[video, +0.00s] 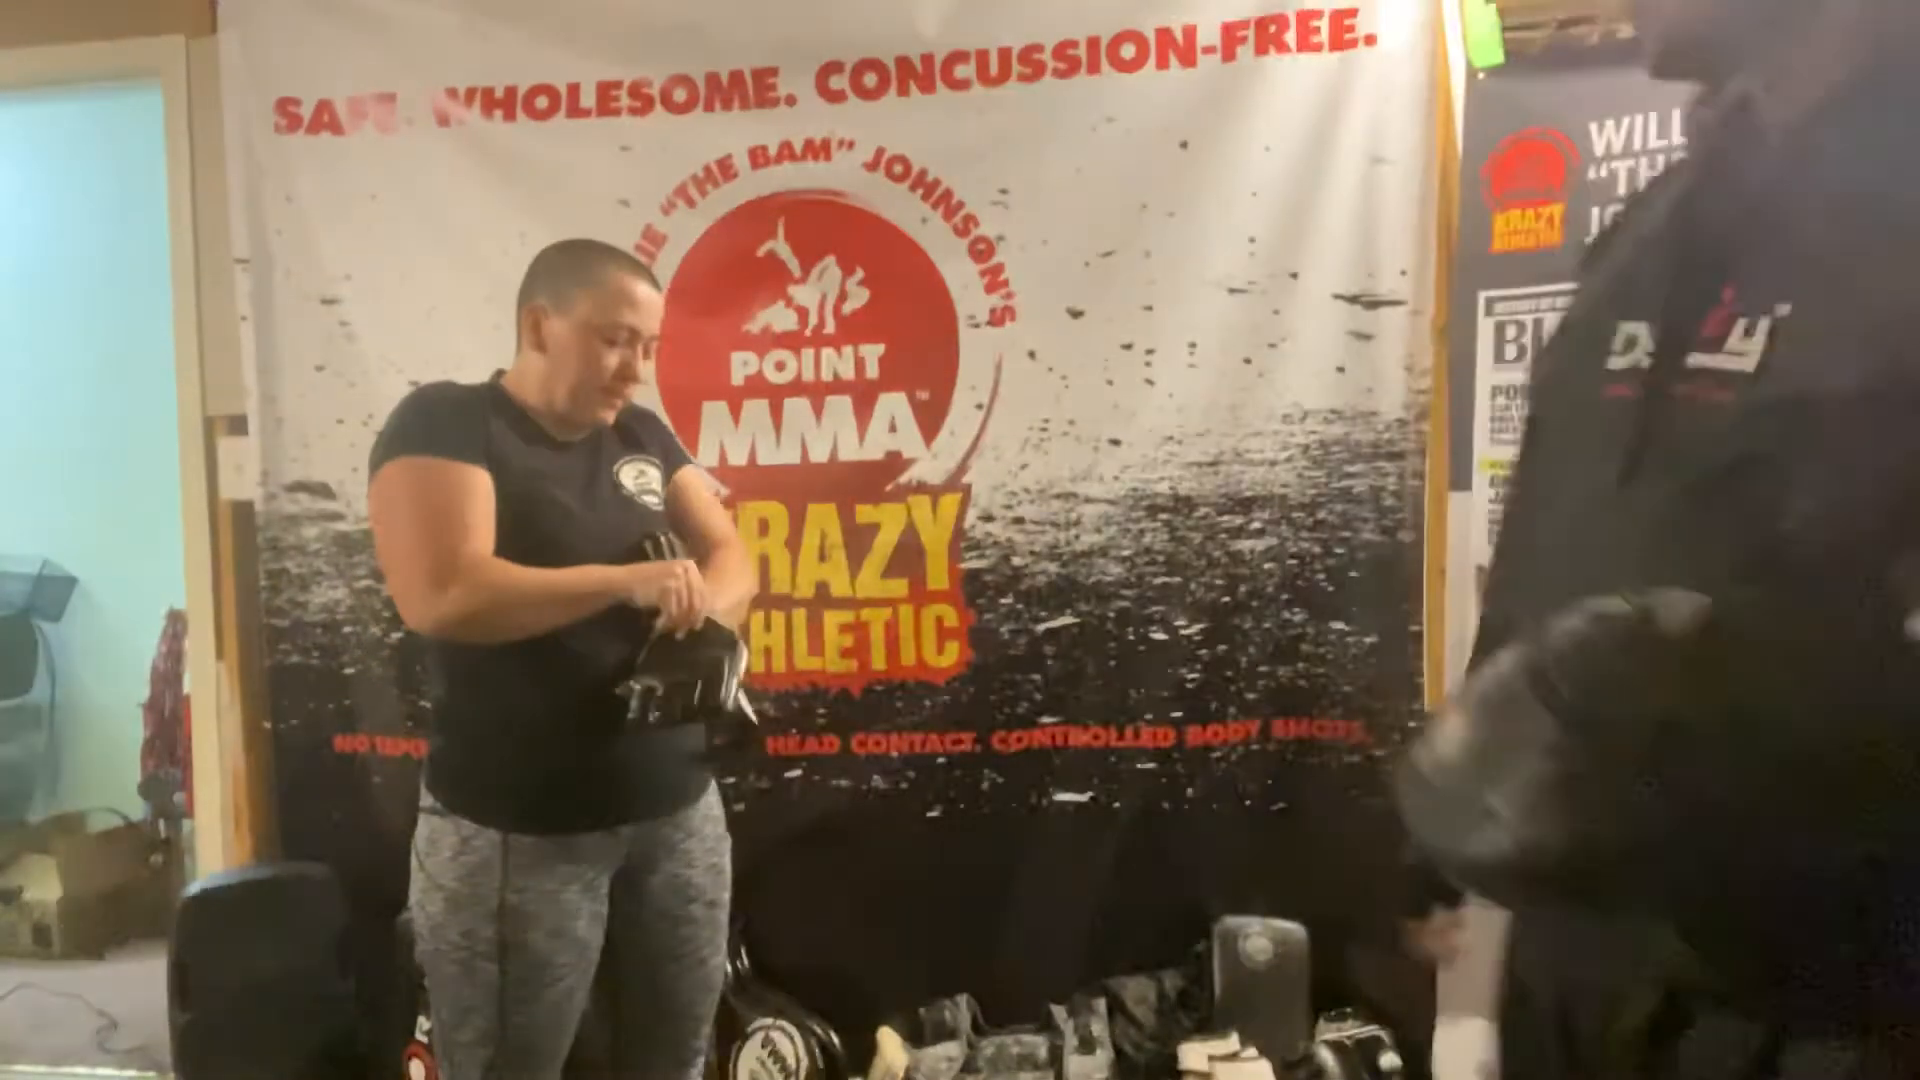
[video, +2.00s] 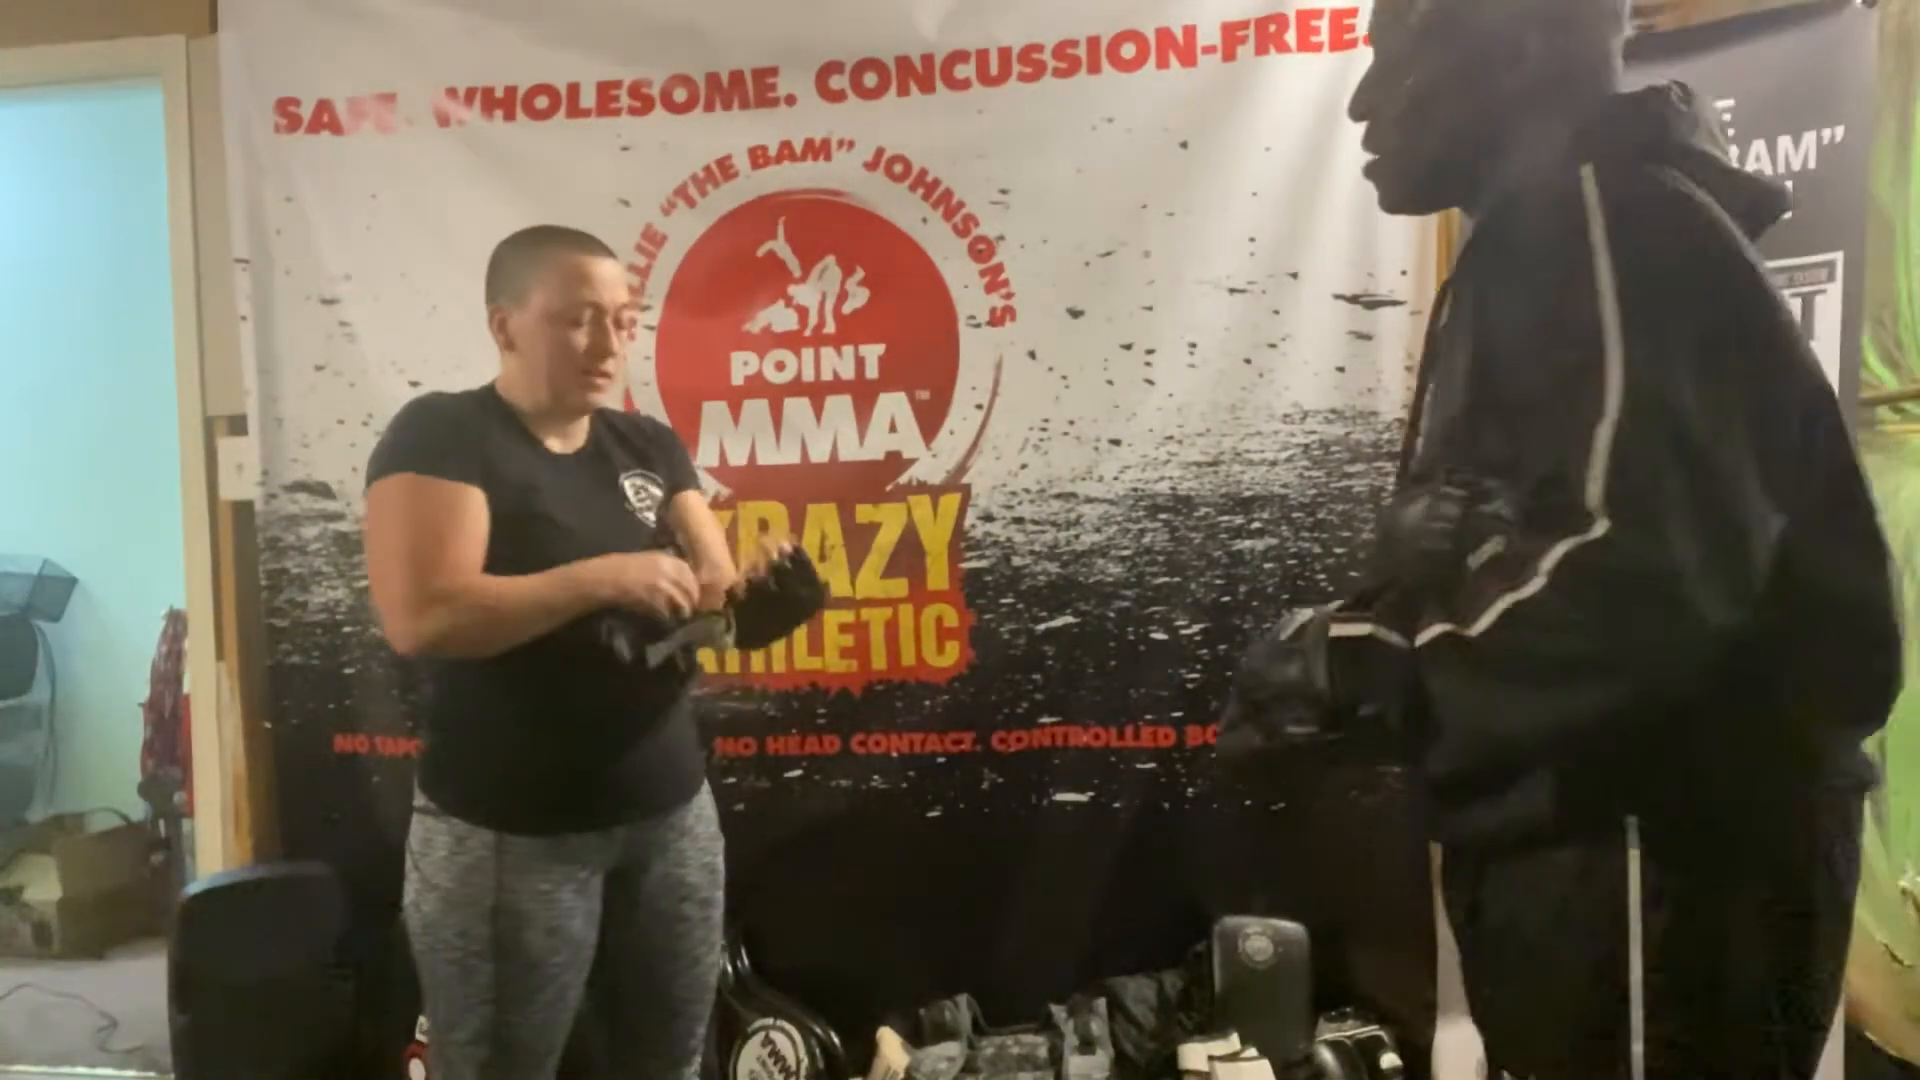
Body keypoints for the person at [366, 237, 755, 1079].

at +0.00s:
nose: (639, 370)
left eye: (648, 347)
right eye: (619, 341)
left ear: (654, 347)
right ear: (540, 326)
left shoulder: (643, 437)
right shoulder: (440, 425)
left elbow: (734, 560)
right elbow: (441, 594)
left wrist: (701, 614)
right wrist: (623, 580)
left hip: (675, 825)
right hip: (511, 841)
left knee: (666, 1066)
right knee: (502, 1068)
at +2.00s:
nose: (609, 343)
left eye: (622, 321)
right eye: (581, 318)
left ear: (633, 326)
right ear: (506, 326)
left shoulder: (647, 444)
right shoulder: (438, 433)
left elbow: (716, 596)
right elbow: (420, 615)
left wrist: (754, 592)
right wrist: (602, 577)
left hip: (668, 824)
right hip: (502, 842)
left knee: (662, 1065)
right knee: (496, 1069)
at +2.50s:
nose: (606, 349)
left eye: (617, 327)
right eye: (578, 323)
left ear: (626, 331)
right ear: (503, 326)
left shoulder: (647, 445)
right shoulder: (431, 441)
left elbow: (724, 586)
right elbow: (425, 621)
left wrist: (727, 587)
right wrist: (611, 594)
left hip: (670, 828)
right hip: (504, 843)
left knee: (662, 1065)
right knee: (498, 1069)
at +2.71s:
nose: (606, 343)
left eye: (616, 323)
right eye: (578, 318)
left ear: (626, 330)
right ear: (502, 326)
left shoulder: (644, 442)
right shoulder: (431, 438)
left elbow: (722, 574)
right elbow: (424, 621)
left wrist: (730, 587)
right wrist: (615, 599)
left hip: (670, 827)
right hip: (505, 844)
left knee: (660, 1065)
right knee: (499, 1067)